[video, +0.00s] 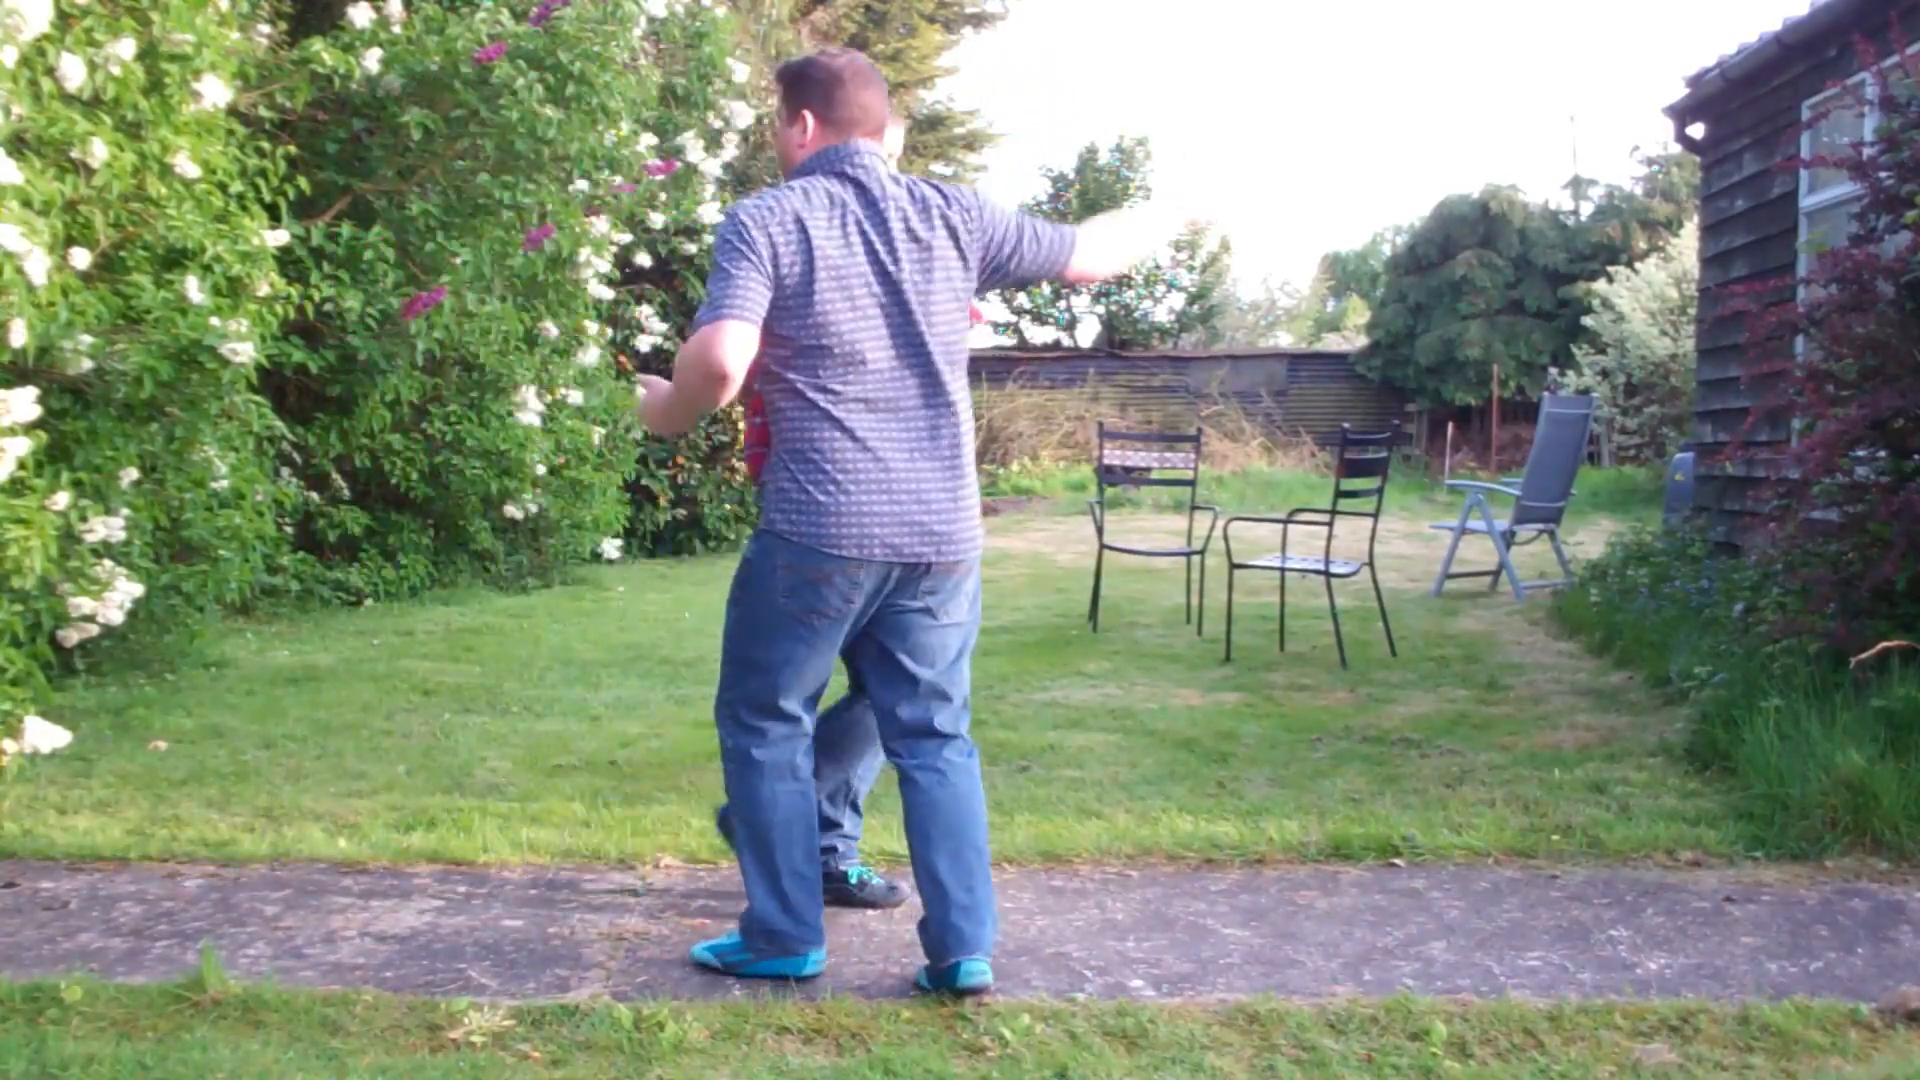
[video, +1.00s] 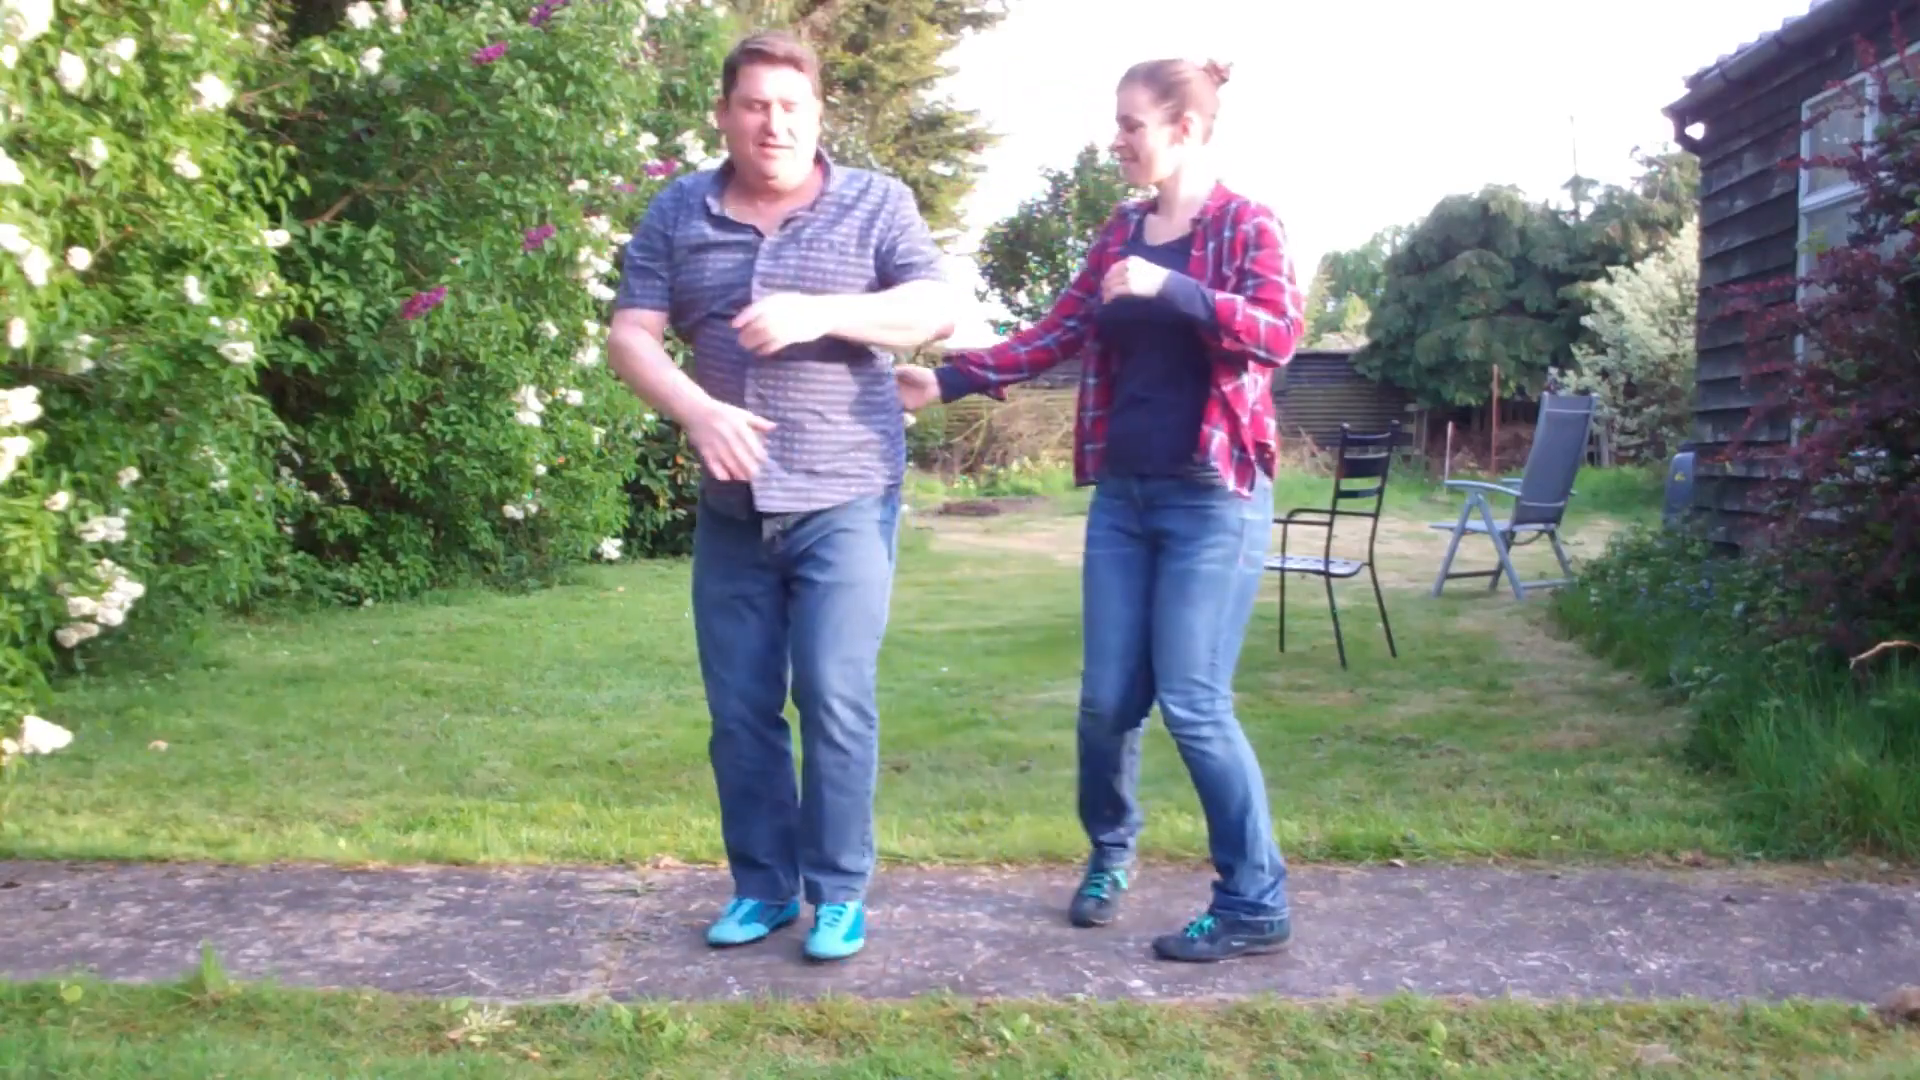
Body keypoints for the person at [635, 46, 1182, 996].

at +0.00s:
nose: (774, 141)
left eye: (778, 126)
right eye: (775, 126)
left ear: (804, 128)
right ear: (884, 129)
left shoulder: (769, 217)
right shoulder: (950, 211)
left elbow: (721, 361)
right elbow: (1084, 258)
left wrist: (668, 410)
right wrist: (1137, 238)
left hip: (824, 528)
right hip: (944, 529)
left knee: (764, 718)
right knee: (936, 734)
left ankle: (783, 935)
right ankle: (964, 951)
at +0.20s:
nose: (774, 137)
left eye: (780, 121)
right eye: (779, 120)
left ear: (805, 127)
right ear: (881, 123)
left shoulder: (762, 228)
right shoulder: (943, 184)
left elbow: (723, 374)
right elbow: (1033, 112)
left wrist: (731, 435)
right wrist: (1028, 7)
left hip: (842, 518)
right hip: (958, 505)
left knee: (793, 710)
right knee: (944, 726)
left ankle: (865, 915)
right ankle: (965, 949)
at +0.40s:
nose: (751, 137)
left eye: (756, 121)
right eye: (757, 121)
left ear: (780, 124)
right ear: (850, 114)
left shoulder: (742, 228)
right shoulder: (909, 167)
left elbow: (716, 389)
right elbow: (905, 56)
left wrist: (749, 424)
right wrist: (834, 6)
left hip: (831, 511)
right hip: (944, 495)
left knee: (816, 720)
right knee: (919, 697)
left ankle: (868, 925)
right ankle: (967, 878)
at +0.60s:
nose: (726, 139)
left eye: (729, 125)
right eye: (725, 126)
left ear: (765, 117)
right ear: (808, 107)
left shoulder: (774, 214)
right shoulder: (875, 158)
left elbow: (720, 371)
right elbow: (763, 115)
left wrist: (702, 346)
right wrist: (665, 115)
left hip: (833, 503)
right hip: (902, 475)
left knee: (804, 699)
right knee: (785, 670)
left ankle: (865, 924)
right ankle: (886, 859)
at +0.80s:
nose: (713, 126)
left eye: (728, 109)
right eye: (708, 110)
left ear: (791, 106)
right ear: (716, 113)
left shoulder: (855, 194)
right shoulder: (728, 190)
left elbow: (827, 318)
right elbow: (655, 244)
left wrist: (718, 318)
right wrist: (605, 274)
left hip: (844, 491)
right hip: (754, 491)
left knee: (815, 697)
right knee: (742, 691)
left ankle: (861, 904)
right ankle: (761, 877)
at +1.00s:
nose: (770, 121)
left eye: (788, 106)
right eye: (752, 105)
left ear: (818, 117)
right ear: (723, 116)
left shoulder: (874, 202)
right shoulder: (681, 209)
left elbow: (940, 308)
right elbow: (629, 336)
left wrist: (819, 315)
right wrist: (697, 411)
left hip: (846, 500)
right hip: (732, 502)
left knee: (832, 694)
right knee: (739, 706)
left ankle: (839, 888)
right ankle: (764, 883)